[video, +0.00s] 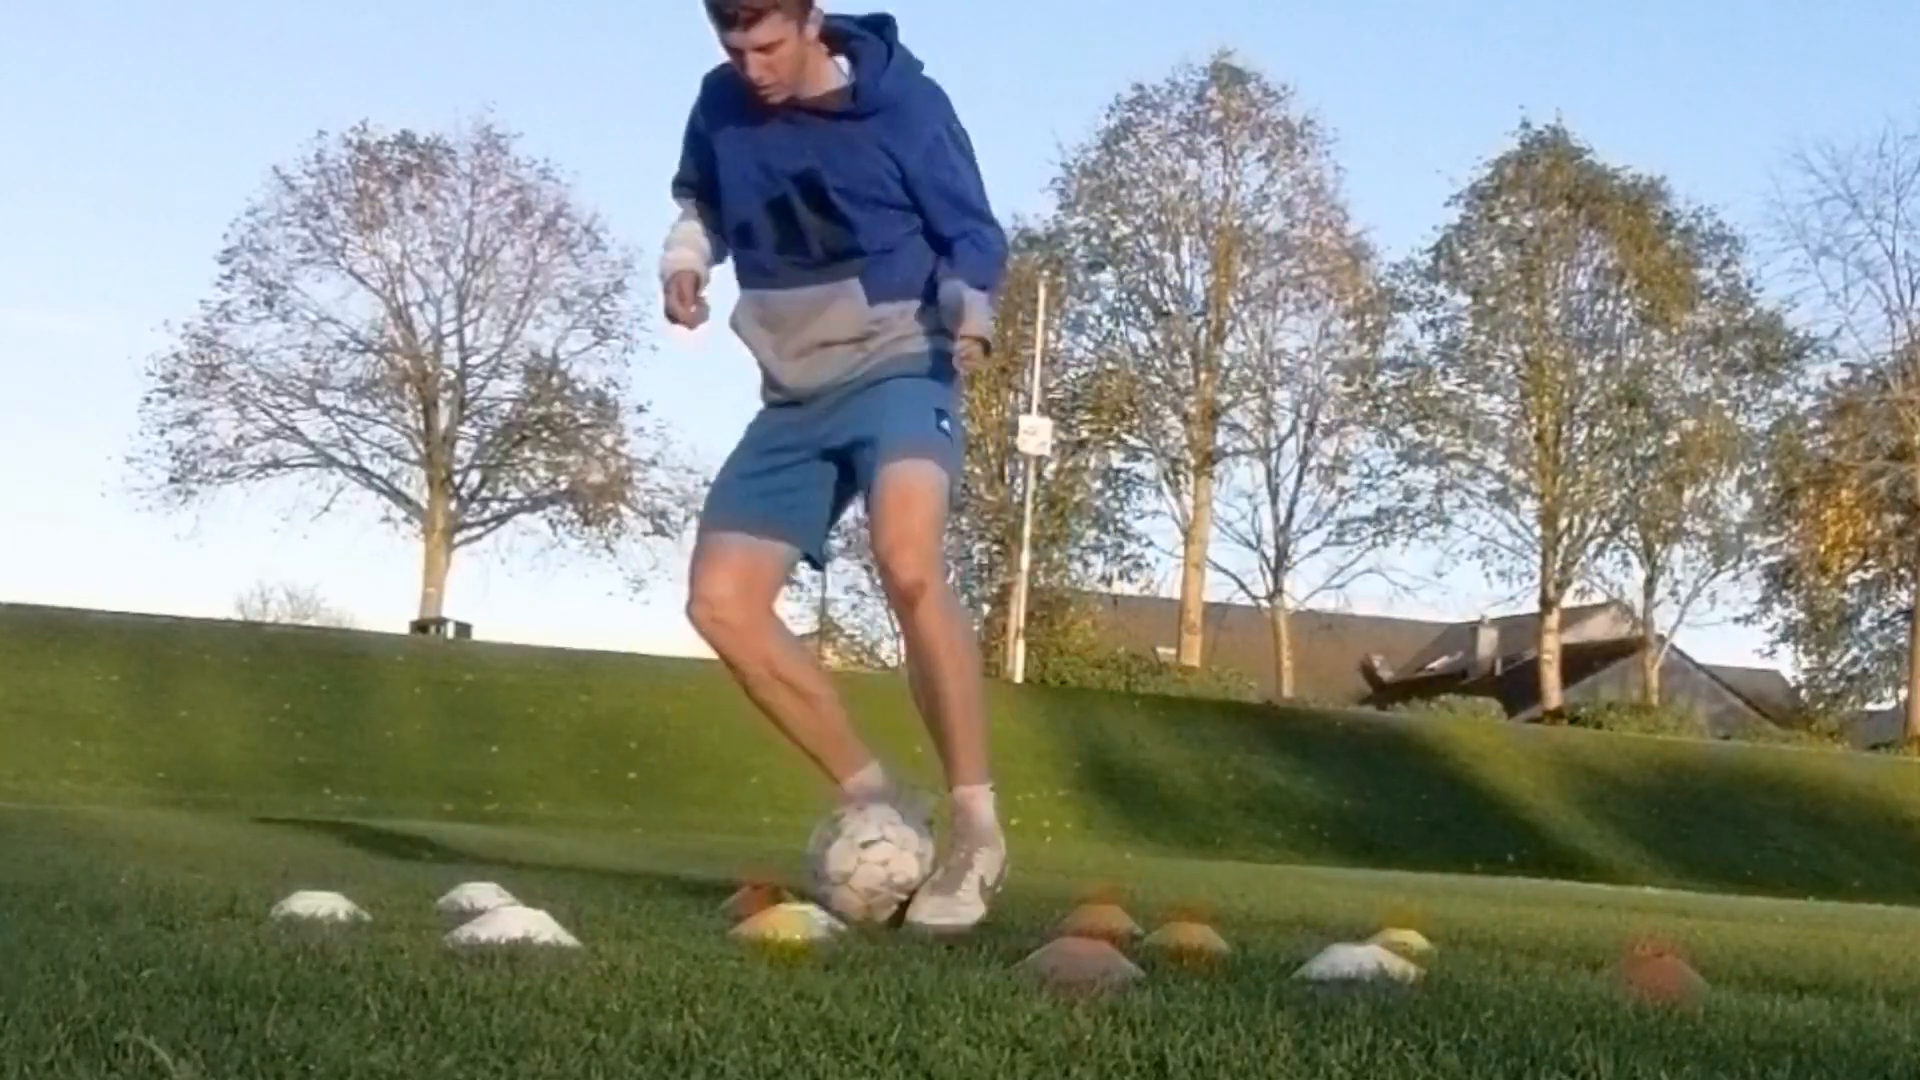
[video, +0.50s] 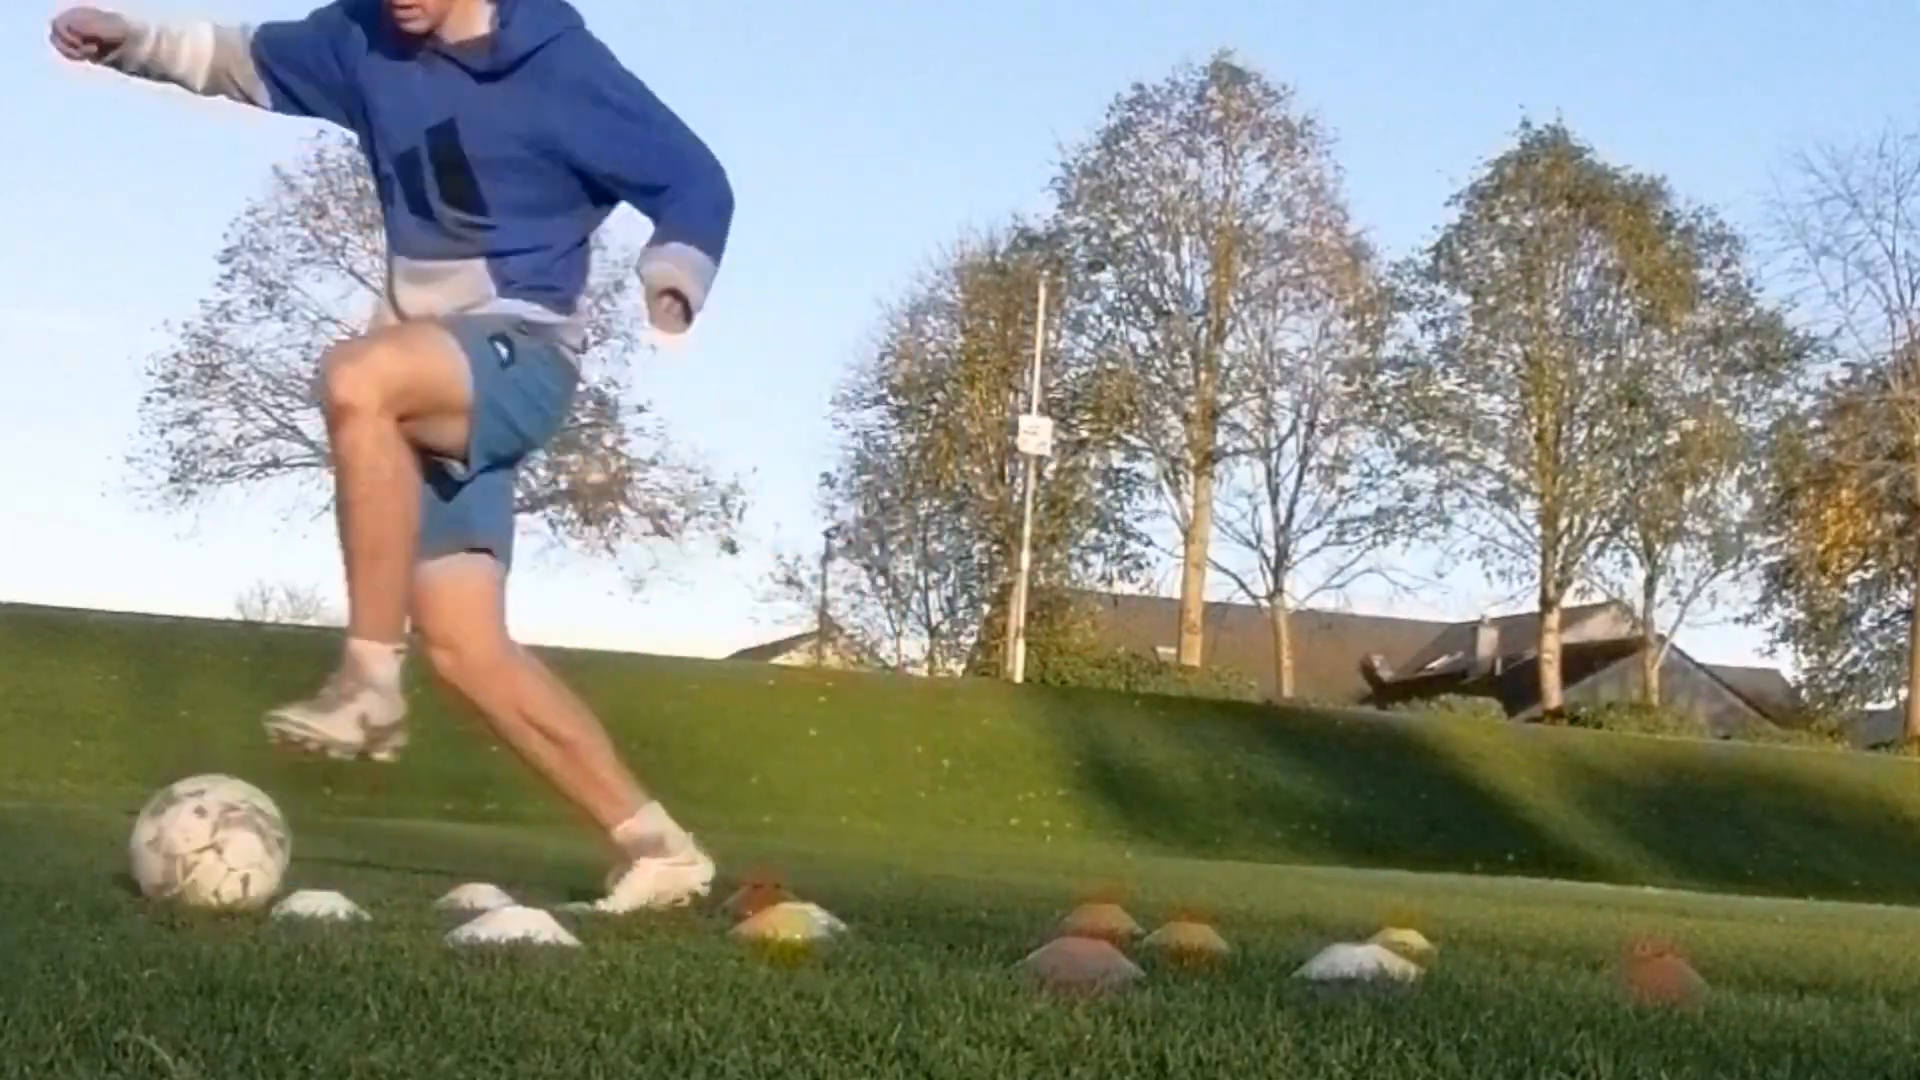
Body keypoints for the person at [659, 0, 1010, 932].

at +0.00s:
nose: (751, 65)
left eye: (767, 42)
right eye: (735, 46)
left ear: (811, 18)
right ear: (720, 34)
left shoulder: (901, 100)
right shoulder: (720, 106)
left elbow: (971, 231)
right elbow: (701, 201)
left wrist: (968, 315)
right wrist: (685, 257)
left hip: (901, 368)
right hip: (792, 395)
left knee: (907, 565)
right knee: (722, 603)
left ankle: (975, 829)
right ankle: (878, 810)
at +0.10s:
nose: (714, 62)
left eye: (731, 39)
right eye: (701, 41)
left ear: (787, 19)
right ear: (690, 30)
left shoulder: (872, 95)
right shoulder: (697, 110)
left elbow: (976, 210)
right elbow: (673, 229)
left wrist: (944, 226)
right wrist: (616, 292)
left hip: (870, 402)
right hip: (751, 406)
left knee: (876, 624)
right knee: (608, 557)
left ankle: (941, 872)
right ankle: (755, 766)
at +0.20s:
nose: (658, 37)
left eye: (672, 16)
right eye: (647, 20)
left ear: (732, 3)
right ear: (647, 22)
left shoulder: (806, 67)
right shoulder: (665, 76)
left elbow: (875, 197)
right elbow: (651, 192)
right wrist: (576, 284)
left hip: (810, 416)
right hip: (681, 397)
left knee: (851, 643)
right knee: (543, 541)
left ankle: (942, 882)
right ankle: (652, 768)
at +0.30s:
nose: (592, 3)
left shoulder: (719, 31)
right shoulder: (580, 29)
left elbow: (776, 164)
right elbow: (577, 125)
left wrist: (606, 114)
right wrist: (486, 191)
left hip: (721, 355)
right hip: (603, 357)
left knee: (763, 581)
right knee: (483, 533)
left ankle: (903, 805)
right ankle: (633, 759)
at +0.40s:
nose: (500, 3)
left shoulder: (628, 36)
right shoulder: (482, 32)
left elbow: (728, 183)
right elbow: (417, 98)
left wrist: (599, 231)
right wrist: (307, 141)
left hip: (626, 319)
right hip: (520, 345)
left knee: (570, 486)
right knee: (490, 616)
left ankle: (726, 699)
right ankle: (655, 842)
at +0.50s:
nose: (396, 1)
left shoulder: (561, 65)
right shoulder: (361, 39)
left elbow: (694, 177)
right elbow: (240, 57)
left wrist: (676, 266)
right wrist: (130, 40)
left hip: (524, 353)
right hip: (426, 351)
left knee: (362, 380)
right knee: (462, 640)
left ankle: (369, 685)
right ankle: (657, 844)